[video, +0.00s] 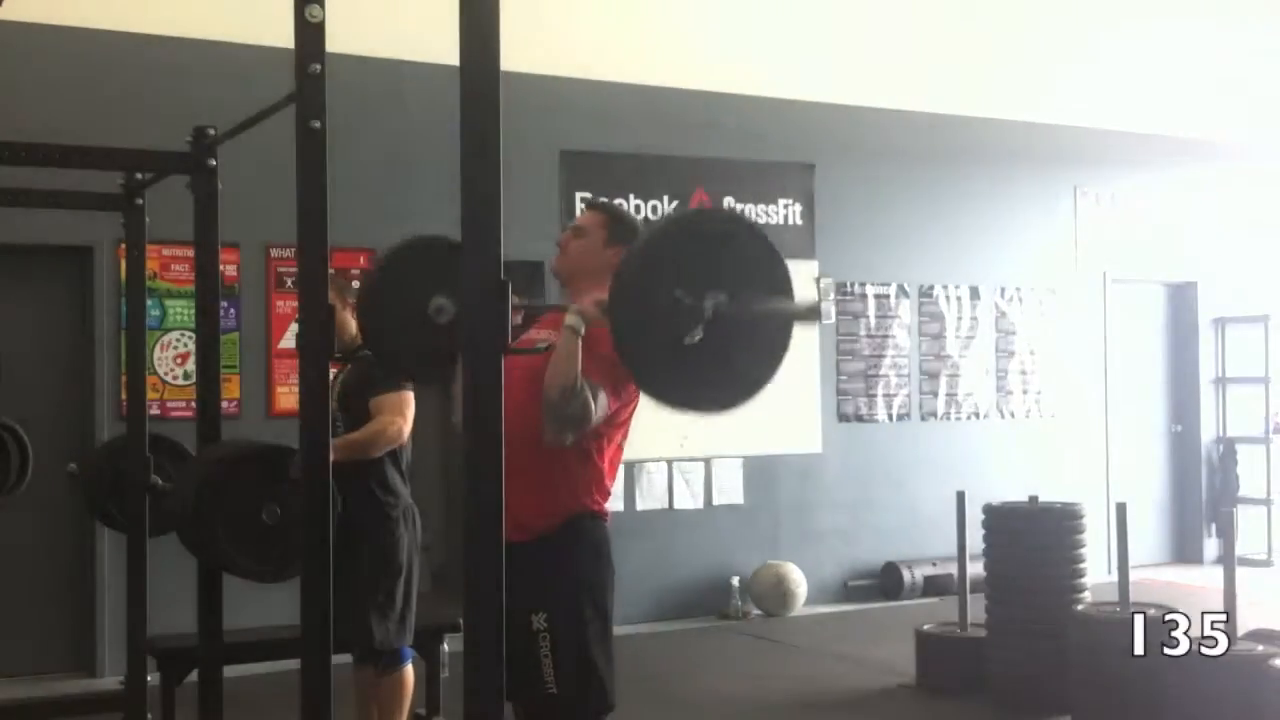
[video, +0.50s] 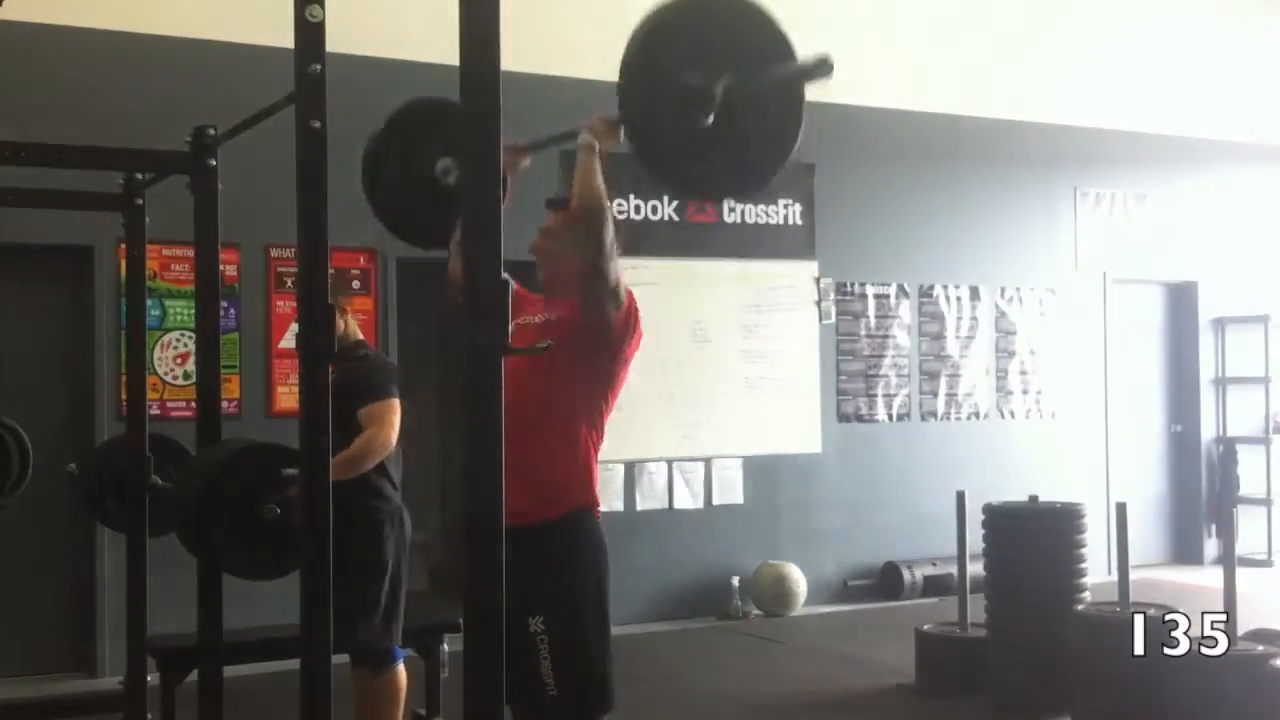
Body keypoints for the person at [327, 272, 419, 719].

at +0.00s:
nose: (322, 323)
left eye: (328, 311)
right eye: (319, 314)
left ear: (353, 309)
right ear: (332, 315)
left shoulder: (383, 359)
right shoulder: (345, 370)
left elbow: (395, 427)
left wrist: (328, 449)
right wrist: (316, 450)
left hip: (385, 515)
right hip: (355, 512)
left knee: (387, 644)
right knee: (362, 643)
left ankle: (393, 718)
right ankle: (369, 716)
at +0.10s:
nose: (321, 324)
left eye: (327, 312)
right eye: (319, 314)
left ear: (352, 310)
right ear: (338, 313)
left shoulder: (382, 362)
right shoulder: (341, 369)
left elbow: (395, 427)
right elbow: (335, 428)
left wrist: (327, 449)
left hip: (384, 517)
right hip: (351, 515)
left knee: (387, 645)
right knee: (360, 644)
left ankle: (393, 718)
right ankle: (368, 715)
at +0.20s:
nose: (319, 327)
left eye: (324, 315)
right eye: (315, 318)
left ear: (347, 310)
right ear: (326, 317)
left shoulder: (381, 365)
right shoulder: (338, 371)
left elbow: (394, 430)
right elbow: (329, 427)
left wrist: (325, 451)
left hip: (382, 516)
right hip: (349, 515)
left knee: (386, 644)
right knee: (360, 644)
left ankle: (393, 718)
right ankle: (369, 715)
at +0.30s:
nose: (318, 330)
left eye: (324, 318)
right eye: (314, 321)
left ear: (346, 313)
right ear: (325, 318)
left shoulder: (379, 366)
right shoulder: (337, 371)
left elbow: (392, 435)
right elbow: (331, 430)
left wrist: (325, 454)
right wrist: (307, 457)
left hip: (379, 516)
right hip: (349, 514)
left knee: (383, 646)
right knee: (361, 646)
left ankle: (391, 718)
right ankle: (369, 716)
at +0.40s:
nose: (316, 334)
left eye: (322, 321)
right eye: (313, 324)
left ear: (344, 314)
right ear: (332, 318)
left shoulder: (373, 365)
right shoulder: (335, 369)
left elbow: (388, 436)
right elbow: (335, 435)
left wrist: (326, 465)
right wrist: (305, 469)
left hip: (375, 516)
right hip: (346, 513)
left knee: (380, 646)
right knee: (360, 644)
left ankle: (389, 718)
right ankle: (367, 717)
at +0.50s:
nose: (315, 331)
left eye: (321, 319)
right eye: (311, 321)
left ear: (342, 315)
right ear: (327, 318)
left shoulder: (369, 366)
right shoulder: (327, 370)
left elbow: (382, 436)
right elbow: (326, 438)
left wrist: (319, 474)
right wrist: (299, 478)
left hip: (374, 513)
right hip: (344, 511)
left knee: (377, 646)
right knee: (360, 645)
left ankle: (388, 718)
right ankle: (368, 717)